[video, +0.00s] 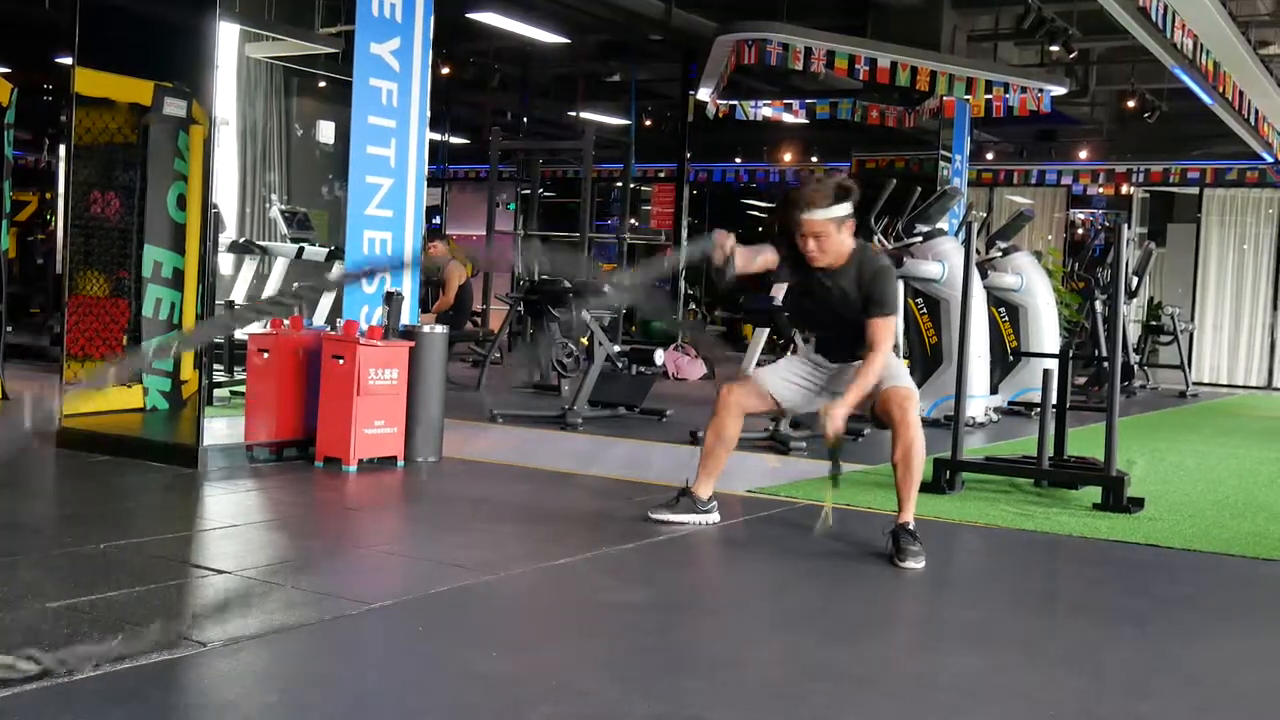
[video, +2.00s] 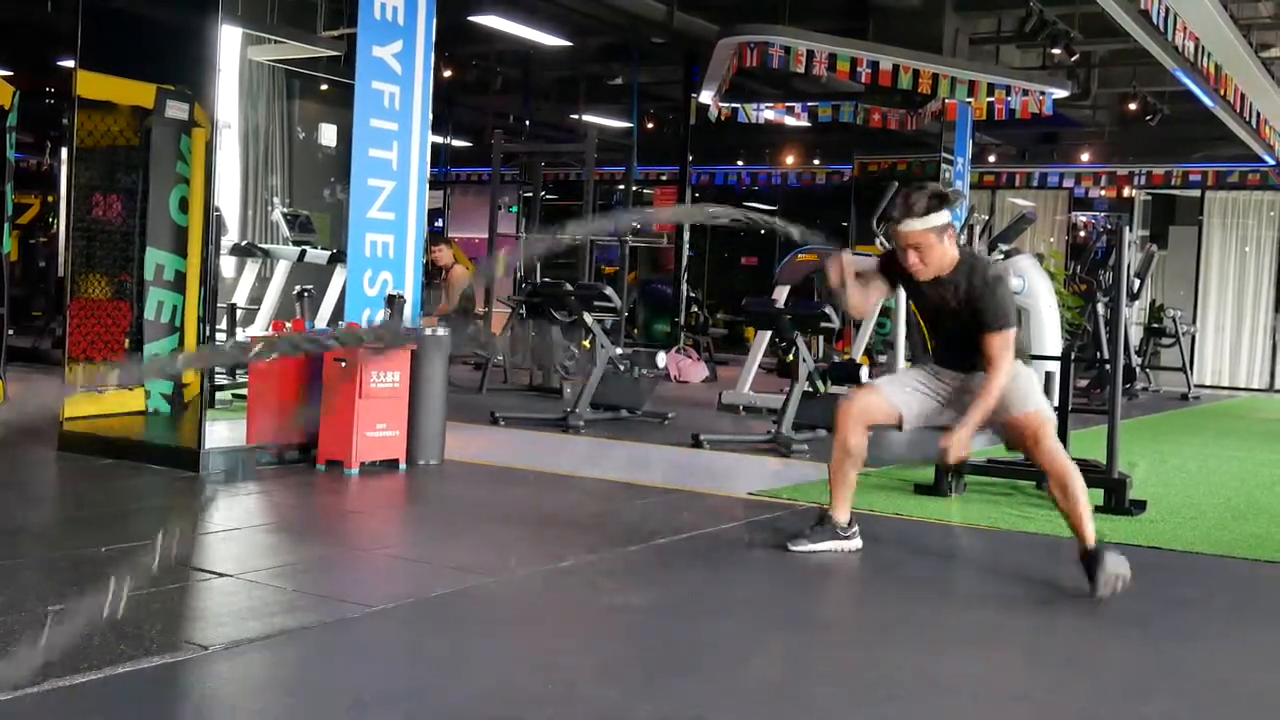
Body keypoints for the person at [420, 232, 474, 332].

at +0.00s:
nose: (431, 251)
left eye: (435, 247)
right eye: (429, 248)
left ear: (446, 247)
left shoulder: (453, 267)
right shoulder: (447, 267)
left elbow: (448, 300)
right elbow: (442, 297)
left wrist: (433, 313)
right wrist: (432, 314)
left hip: (455, 321)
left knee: (414, 319)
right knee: (414, 317)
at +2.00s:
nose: (436, 255)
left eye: (440, 251)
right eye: (433, 252)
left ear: (451, 250)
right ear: (430, 255)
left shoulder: (457, 272)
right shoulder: (445, 273)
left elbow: (452, 306)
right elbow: (444, 303)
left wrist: (435, 317)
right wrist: (435, 317)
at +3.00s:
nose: (414, 255)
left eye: (418, 250)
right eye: (411, 251)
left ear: (429, 250)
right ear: (408, 255)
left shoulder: (436, 271)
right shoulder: (425, 273)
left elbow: (430, 304)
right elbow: (424, 301)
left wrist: (414, 316)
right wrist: (413, 319)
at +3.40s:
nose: (415, 256)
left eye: (419, 251)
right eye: (412, 253)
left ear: (430, 251)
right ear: (410, 256)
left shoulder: (438, 272)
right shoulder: (425, 274)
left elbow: (433, 306)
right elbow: (424, 302)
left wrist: (414, 319)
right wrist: (414, 320)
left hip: (438, 325)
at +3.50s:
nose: (415, 257)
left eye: (419, 252)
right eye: (413, 254)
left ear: (431, 252)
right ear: (410, 257)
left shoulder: (438, 274)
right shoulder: (426, 275)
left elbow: (432, 307)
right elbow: (424, 302)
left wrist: (415, 320)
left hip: (438, 325)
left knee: (396, 324)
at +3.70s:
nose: (418, 257)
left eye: (422, 253)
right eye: (416, 254)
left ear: (433, 253)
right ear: (414, 257)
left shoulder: (441, 275)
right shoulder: (429, 277)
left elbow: (437, 308)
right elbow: (428, 305)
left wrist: (419, 321)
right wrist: (418, 321)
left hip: (442, 327)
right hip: (435, 322)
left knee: (401, 325)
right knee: (400, 323)